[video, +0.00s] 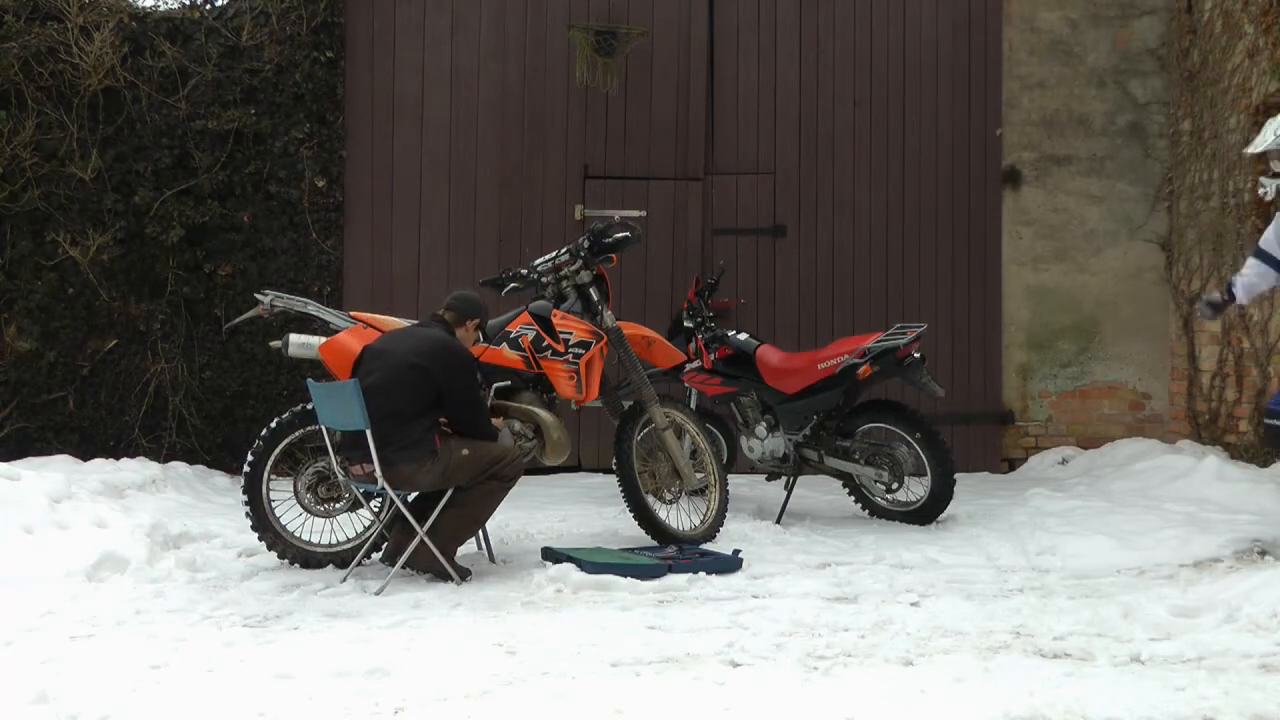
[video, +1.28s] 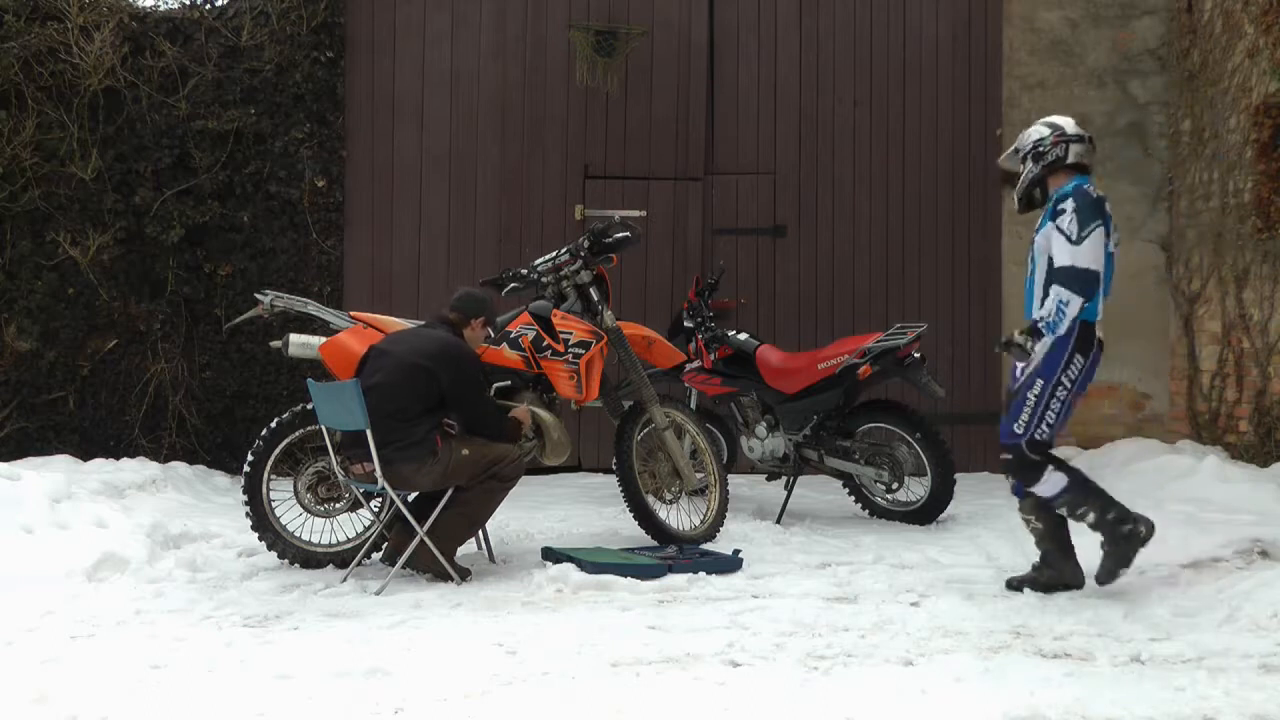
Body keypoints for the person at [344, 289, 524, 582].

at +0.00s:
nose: (474, 341)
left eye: (477, 334)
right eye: (477, 333)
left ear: (442, 315)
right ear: (469, 324)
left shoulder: (392, 337)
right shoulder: (453, 354)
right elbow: (478, 431)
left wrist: (437, 422)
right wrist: (493, 427)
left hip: (356, 457)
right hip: (400, 463)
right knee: (508, 461)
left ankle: (402, 543)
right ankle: (434, 551)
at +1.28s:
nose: (487, 336)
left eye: (489, 328)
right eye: (487, 327)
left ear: (449, 315)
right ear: (475, 323)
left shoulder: (400, 337)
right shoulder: (458, 355)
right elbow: (480, 422)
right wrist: (515, 420)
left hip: (358, 455)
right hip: (402, 461)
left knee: (463, 453)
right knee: (508, 462)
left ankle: (402, 543)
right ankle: (435, 551)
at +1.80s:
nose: (492, 345)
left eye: (495, 339)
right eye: (494, 337)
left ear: (459, 317)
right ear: (484, 329)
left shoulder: (405, 337)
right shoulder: (461, 356)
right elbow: (494, 428)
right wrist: (514, 417)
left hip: (358, 454)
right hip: (401, 461)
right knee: (509, 463)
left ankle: (402, 543)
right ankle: (435, 551)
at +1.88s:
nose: (492, 345)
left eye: (495, 339)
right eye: (494, 337)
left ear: (459, 317)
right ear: (484, 329)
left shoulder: (406, 337)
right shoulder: (462, 357)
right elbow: (495, 431)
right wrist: (514, 420)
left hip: (358, 454)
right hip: (401, 461)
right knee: (508, 464)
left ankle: (402, 543)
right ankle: (435, 551)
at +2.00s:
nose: (492, 345)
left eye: (495, 339)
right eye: (494, 338)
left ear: (459, 317)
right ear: (484, 329)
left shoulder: (405, 337)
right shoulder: (461, 357)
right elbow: (493, 429)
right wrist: (514, 420)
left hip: (357, 456)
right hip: (401, 461)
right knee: (508, 464)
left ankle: (402, 543)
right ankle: (435, 551)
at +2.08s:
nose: (492, 345)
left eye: (495, 339)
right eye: (493, 337)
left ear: (459, 317)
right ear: (483, 329)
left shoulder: (404, 337)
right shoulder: (461, 357)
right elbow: (486, 424)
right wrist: (516, 421)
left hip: (357, 456)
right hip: (400, 461)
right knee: (508, 464)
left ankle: (402, 543)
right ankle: (435, 550)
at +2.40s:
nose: (491, 346)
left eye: (494, 339)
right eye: (493, 337)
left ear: (458, 318)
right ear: (483, 329)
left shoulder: (404, 337)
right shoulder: (462, 358)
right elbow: (489, 427)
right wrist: (515, 419)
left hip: (357, 456)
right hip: (400, 461)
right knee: (508, 464)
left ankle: (402, 543)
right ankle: (435, 550)